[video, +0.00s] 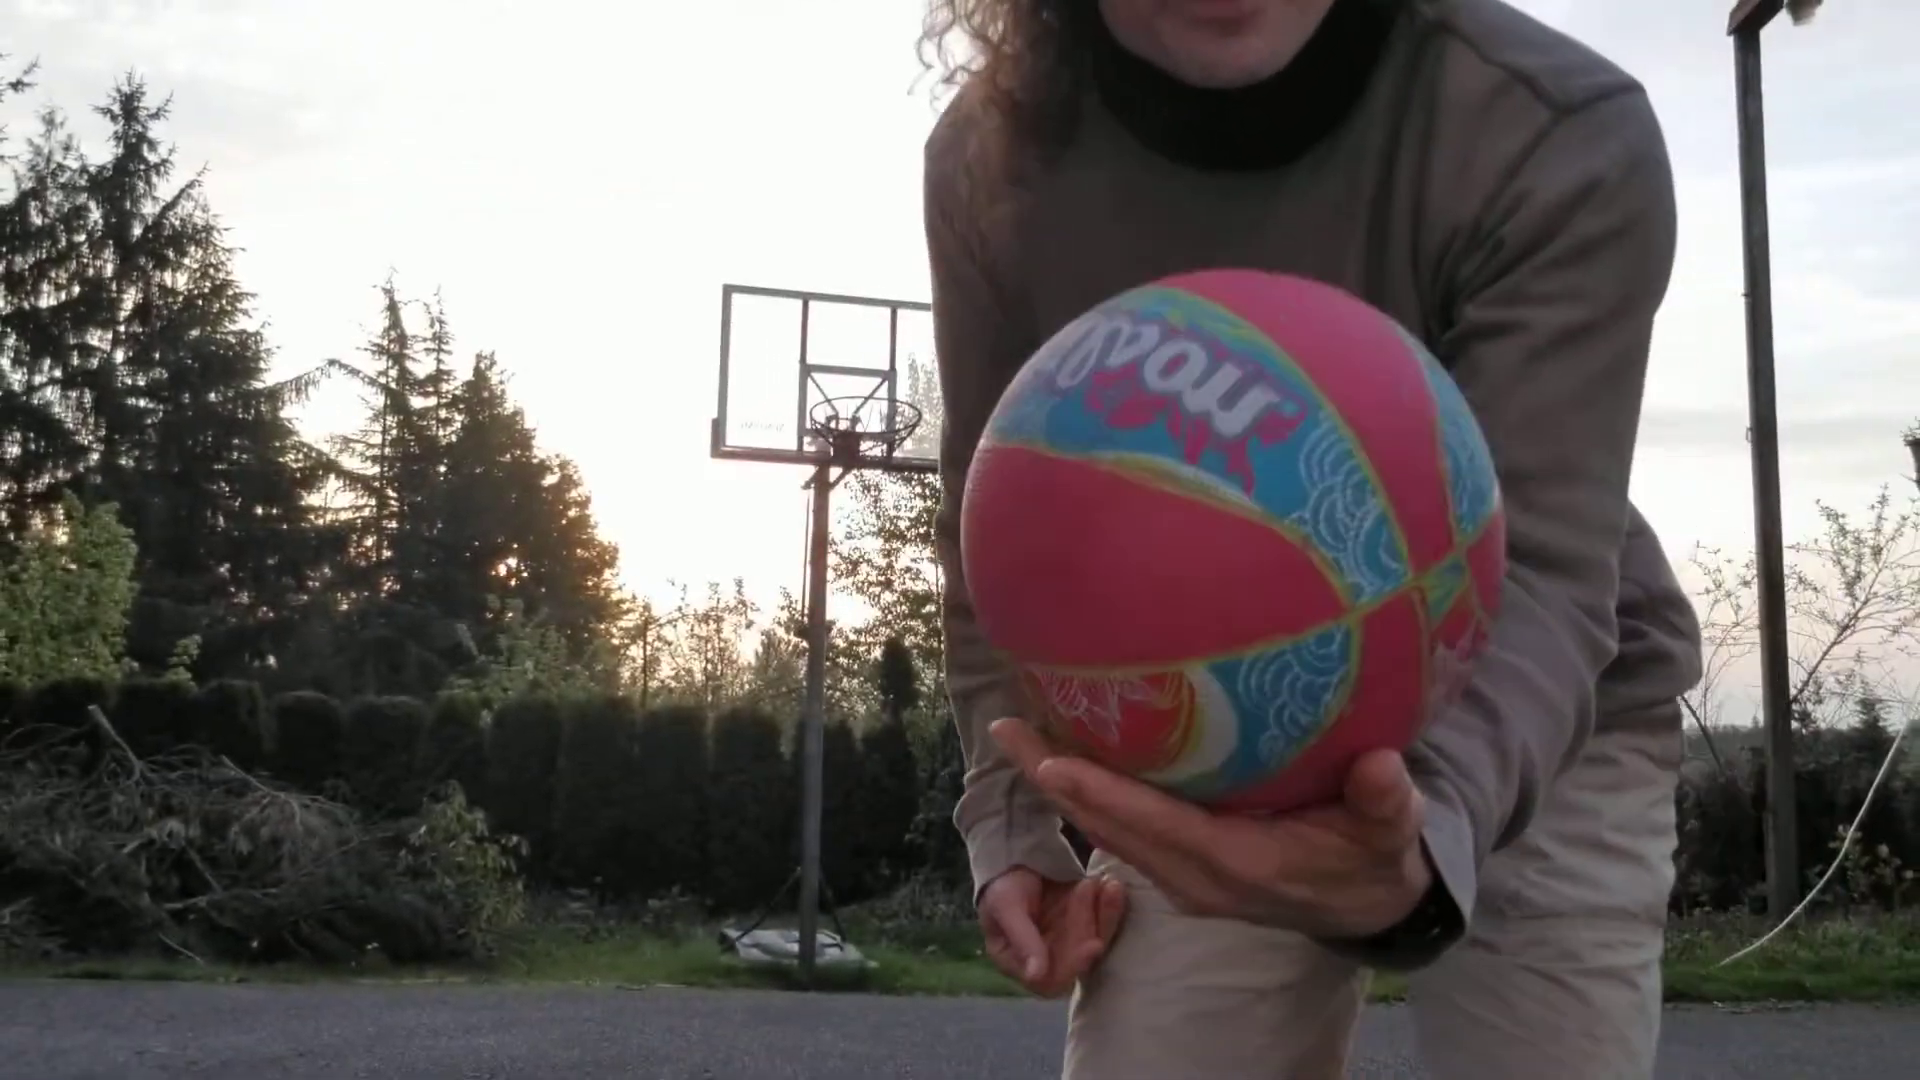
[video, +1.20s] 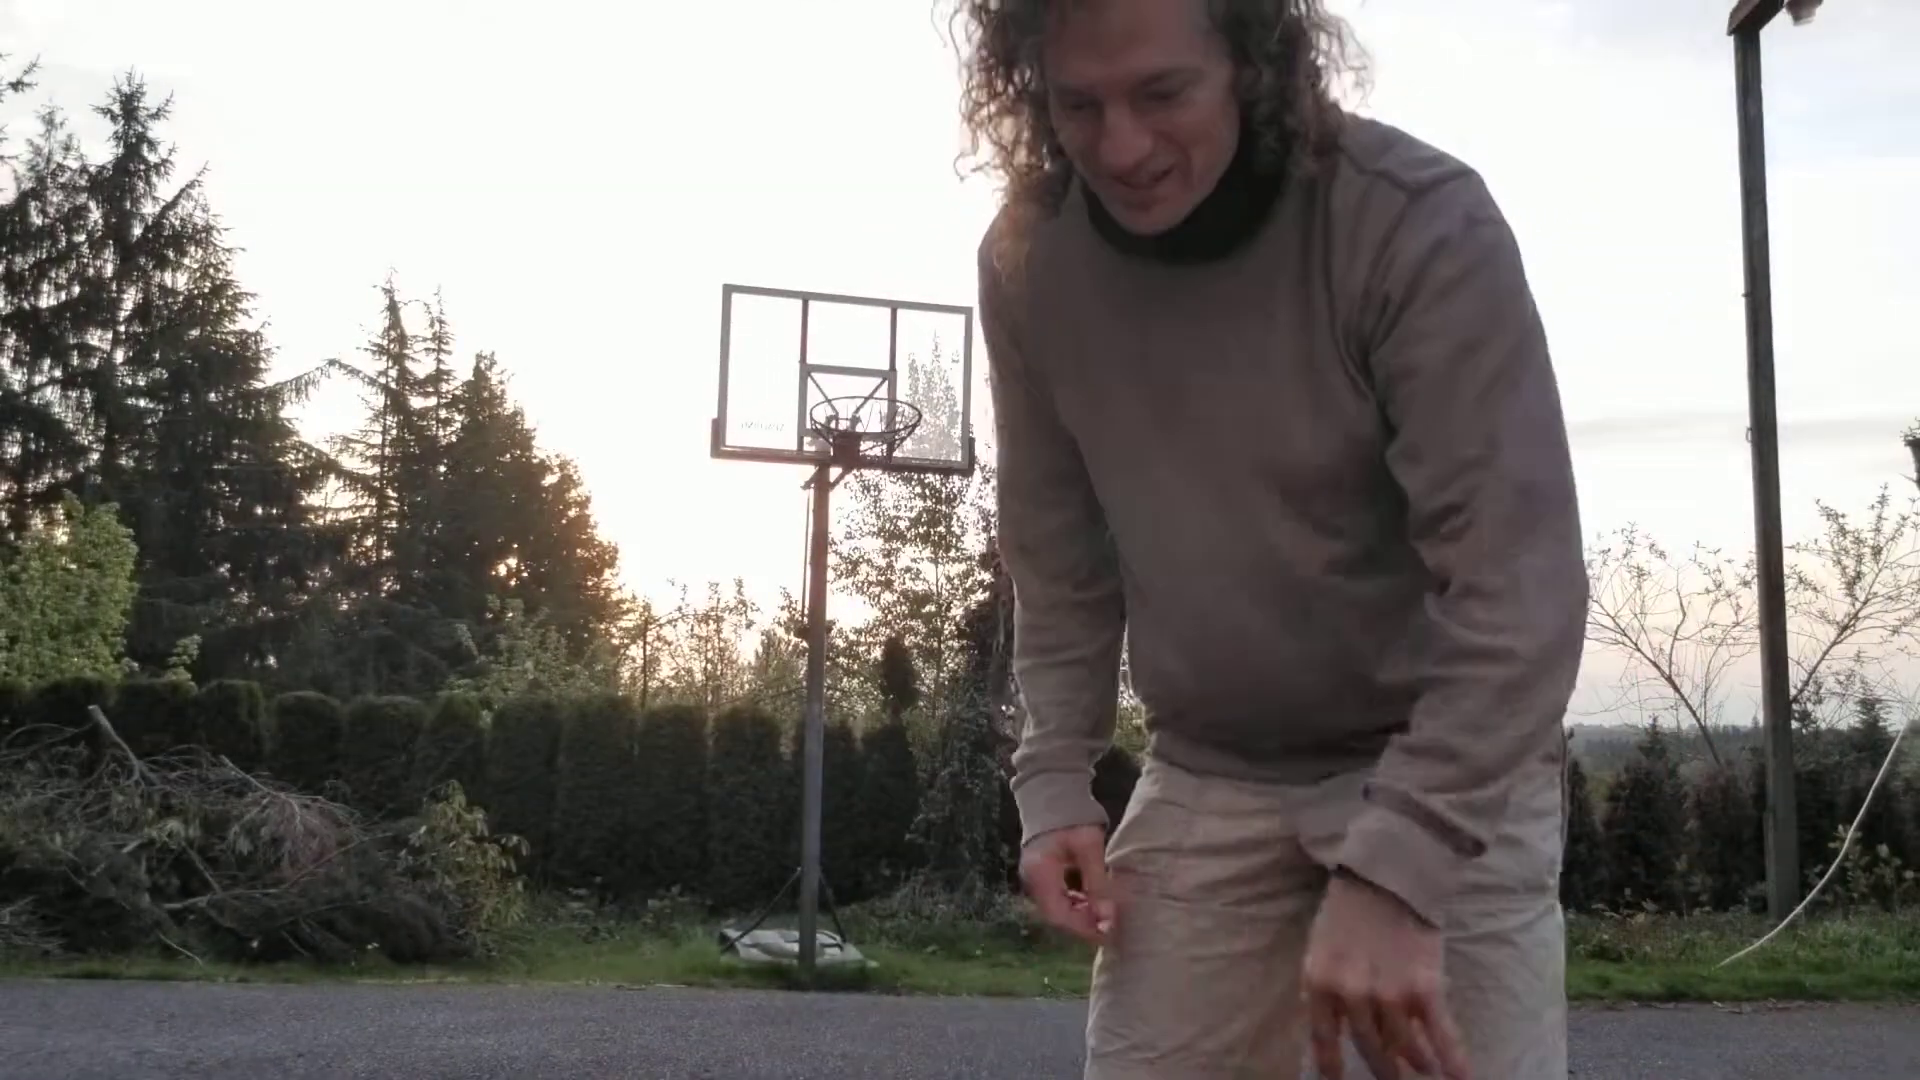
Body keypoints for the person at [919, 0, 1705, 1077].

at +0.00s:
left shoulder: (1558, 138)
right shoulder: (996, 157)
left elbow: (1552, 567)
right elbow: (996, 550)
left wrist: (1430, 832)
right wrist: (1019, 829)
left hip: (1535, 718)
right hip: (1187, 720)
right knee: (1141, 1052)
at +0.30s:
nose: (1210, 13)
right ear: (1060, 2)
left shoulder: (1509, 198)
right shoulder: (961, 199)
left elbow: (1558, 629)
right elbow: (952, 564)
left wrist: (1591, 900)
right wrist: (966, 841)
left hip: (1464, 777)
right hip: (1150, 774)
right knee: (1104, 1049)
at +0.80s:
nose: (1176, 72)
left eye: (1224, 15)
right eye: (1117, 25)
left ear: (1290, 28)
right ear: (1042, 53)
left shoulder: (1443, 249)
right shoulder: (968, 250)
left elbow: (1472, 630)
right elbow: (961, 578)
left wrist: (1565, 722)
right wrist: (971, 823)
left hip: (1415, 780)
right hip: (1136, 782)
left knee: (1446, 1058)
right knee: (1097, 1059)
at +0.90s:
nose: (1168, 94)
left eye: (1214, 32)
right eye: (1109, 44)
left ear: (1278, 41)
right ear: (1037, 68)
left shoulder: (1434, 244)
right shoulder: (981, 258)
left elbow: (1511, 661)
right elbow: (985, 566)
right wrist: (986, 808)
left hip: (1430, 767)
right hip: (1157, 777)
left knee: (1438, 1059)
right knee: (1110, 1059)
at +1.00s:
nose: (1158, 105)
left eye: (1201, 41)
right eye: (1100, 58)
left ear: (1272, 43)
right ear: (1036, 79)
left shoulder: (1428, 231)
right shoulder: (998, 264)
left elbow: (1557, 595)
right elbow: (1002, 567)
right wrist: (1015, 812)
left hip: (1438, 751)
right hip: (1184, 763)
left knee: (1427, 1058)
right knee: (1137, 1057)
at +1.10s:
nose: (1135, 130)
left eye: (1178, 71)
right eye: (1087, 85)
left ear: (1259, 51)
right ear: (1039, 88)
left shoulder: (1419, 218)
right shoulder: (1020, 266)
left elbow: (1528, 554)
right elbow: (1039, 589)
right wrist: (1050, 852)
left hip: (1441, 757)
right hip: (1192, 770)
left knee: (1443, 1061)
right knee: (1166, 1065)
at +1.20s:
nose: (1123, 150)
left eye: (1163, 93)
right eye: (1077, 104)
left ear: (1249, 60)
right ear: (1034, 92)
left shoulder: (1413, 225)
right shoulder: (1034, 261)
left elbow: (1516, 582)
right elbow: (1055, 564)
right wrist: (1056, 792)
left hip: (1446, 773)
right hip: (1204, 782)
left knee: (1458, 1057)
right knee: (1145, 1055)